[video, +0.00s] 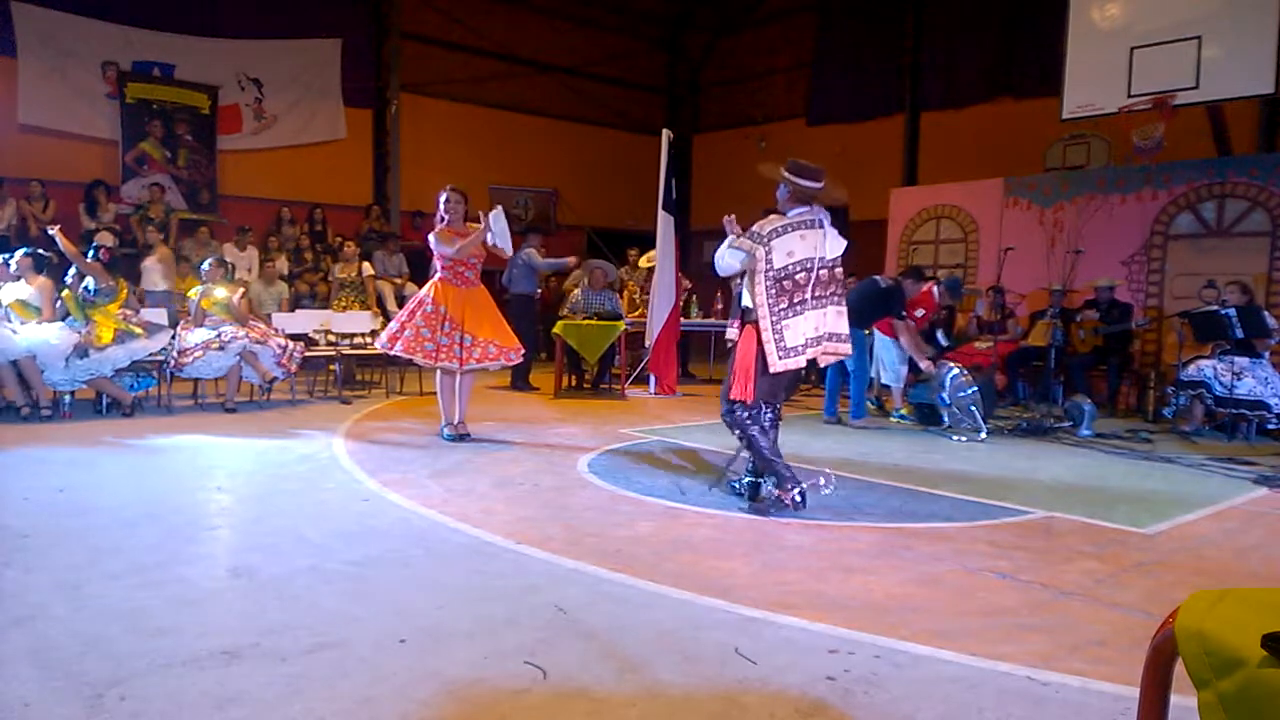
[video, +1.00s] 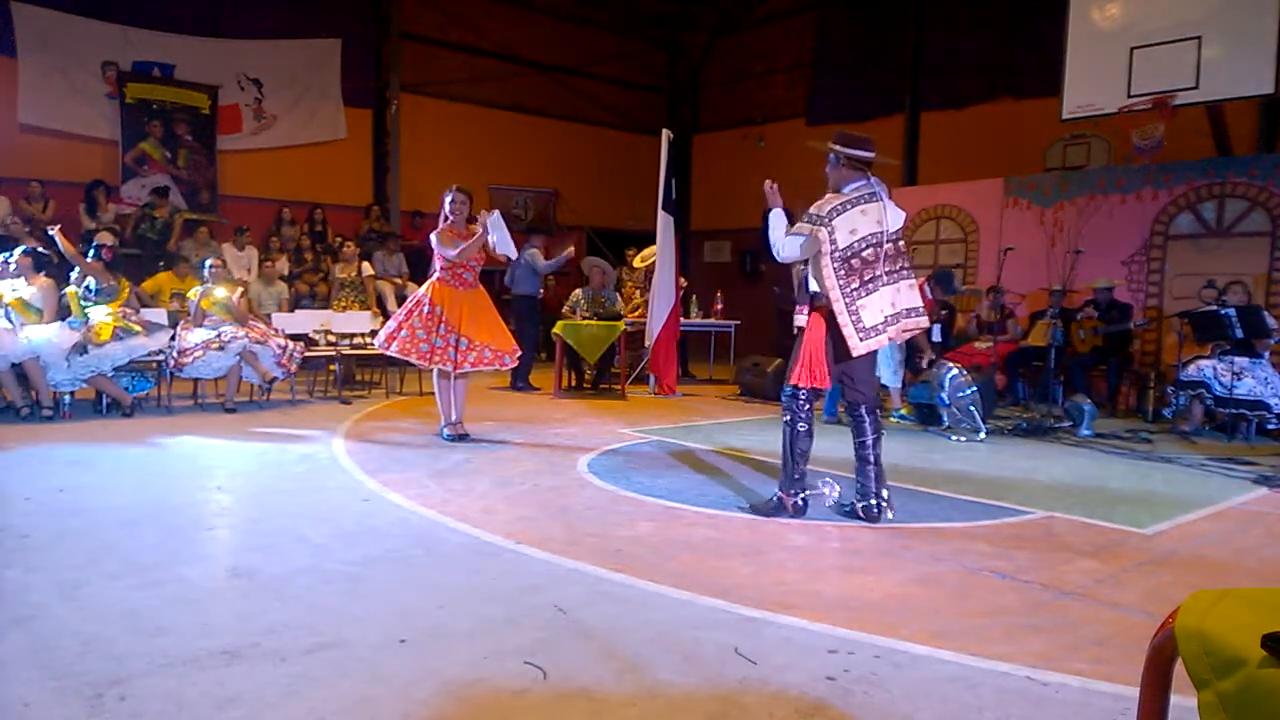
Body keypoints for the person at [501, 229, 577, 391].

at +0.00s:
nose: (541, 242)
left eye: (540, 238)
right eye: (539, 238)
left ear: (526, 239)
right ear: (533, 238)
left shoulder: (514, 257)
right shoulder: (529, 252)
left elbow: (505, 280)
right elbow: (540, 265)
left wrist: (521, 289)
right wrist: (566, 262)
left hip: (515, 298)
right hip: (525, 298)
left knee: (521, 338)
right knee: (528, 339)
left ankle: (518, 377)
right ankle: (521, 378)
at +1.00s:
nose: (543, 244)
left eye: (543, 240)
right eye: (541, 240)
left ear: (529, 240)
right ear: (536, 240)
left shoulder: (519, 257)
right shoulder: (532, 252)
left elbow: (508, 280)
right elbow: (543, 267)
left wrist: (525, 287)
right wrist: (564, 257)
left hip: (517, 298)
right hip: (528, 299)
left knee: (522, 338)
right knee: (530, 339)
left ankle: (517, 376)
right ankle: (522, 378)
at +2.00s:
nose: (543, 244)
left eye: (543, 240)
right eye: (541, 240)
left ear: (529, 240)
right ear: (535, 239)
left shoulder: (516, 256)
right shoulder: (531, 253)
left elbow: (507, 280)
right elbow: (540, 271)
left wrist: (525, 287)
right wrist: (565, 278)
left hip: (516, 298)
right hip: (527, 299)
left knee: (523, 337)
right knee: (530, 338)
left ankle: (518, 376)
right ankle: (522, 377)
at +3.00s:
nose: (545, 246)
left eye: (545, 242)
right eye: (543, 242)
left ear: (530, 241)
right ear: (536, 241)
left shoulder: (516, 255)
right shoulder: (533, 255)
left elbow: (505, 277)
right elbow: (535, 275)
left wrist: (520, 287)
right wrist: (559, 288)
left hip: (516, 298)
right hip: (528, 298)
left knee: (521, 338)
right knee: (528, 339)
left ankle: (517, 376)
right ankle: (522, 377)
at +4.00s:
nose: (579, 263)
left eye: (580, 260)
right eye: (578, 258)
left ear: (573, 259)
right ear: (571, 256)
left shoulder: (563, 270)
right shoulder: (557, 260)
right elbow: (539, 271)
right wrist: (551, 292)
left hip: (540, 300)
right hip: (530, 298)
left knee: (540, 341)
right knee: (529, 339)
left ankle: (538, 377)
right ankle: (519, 377)